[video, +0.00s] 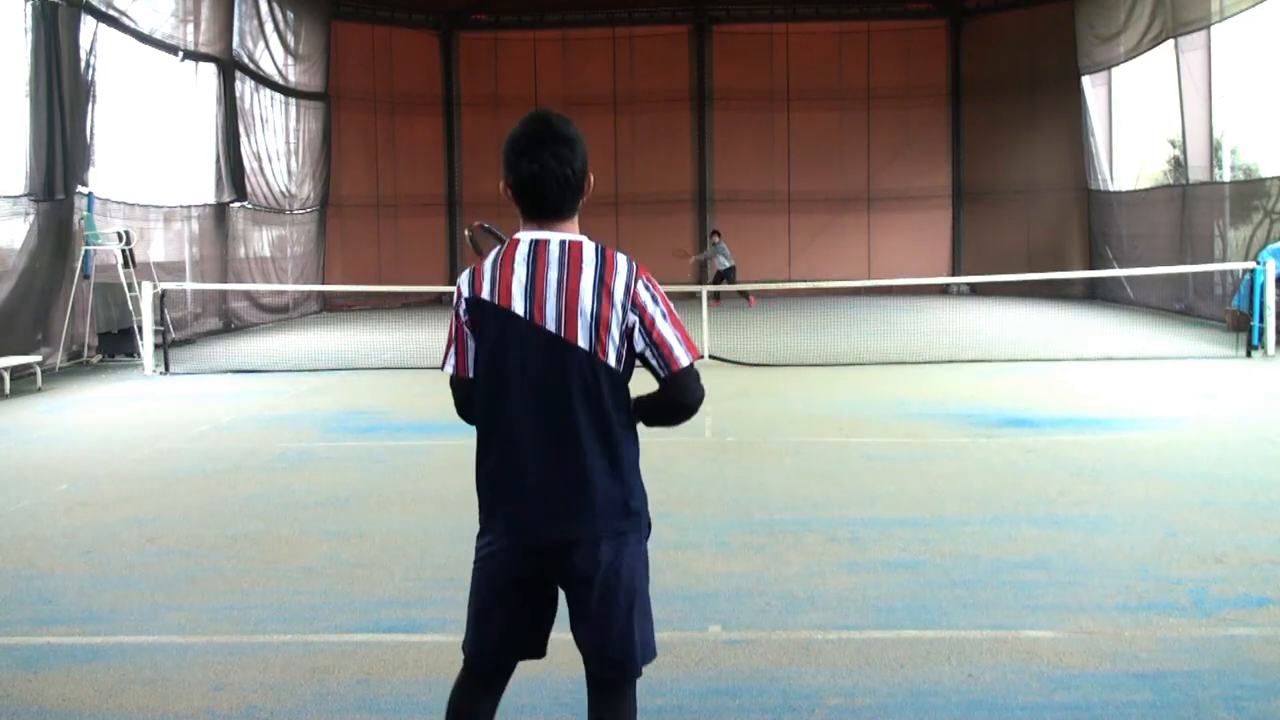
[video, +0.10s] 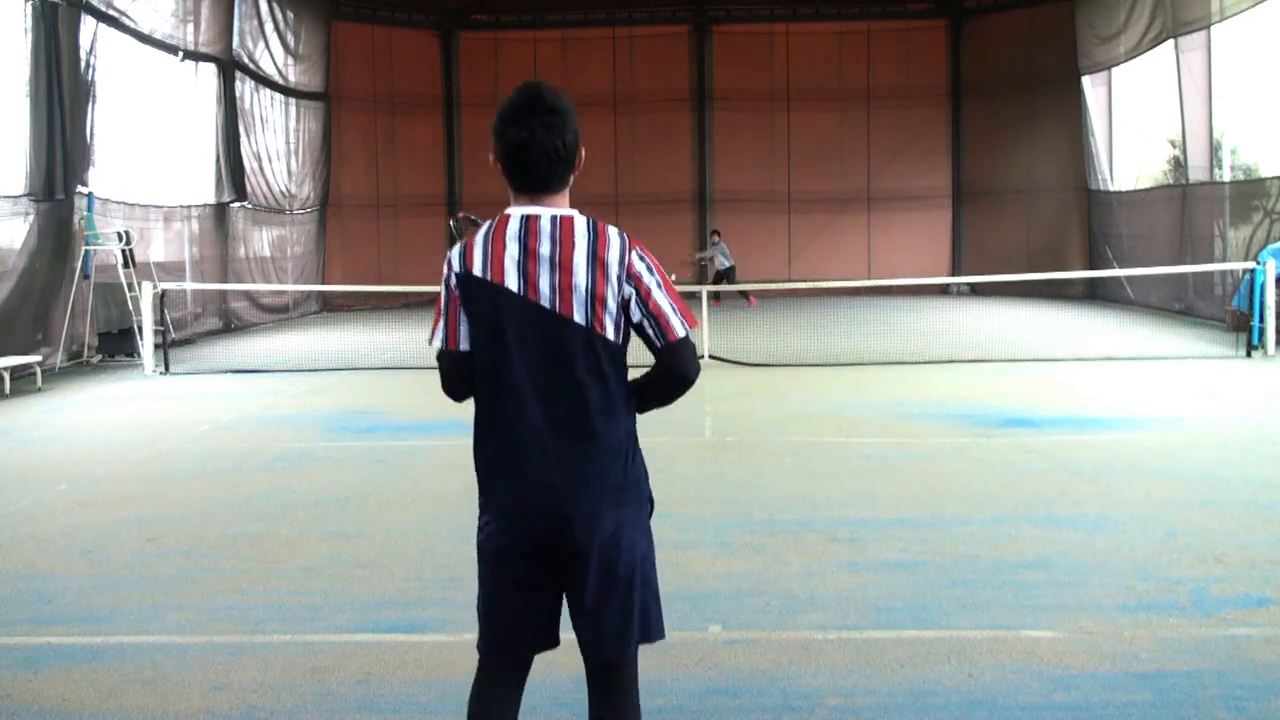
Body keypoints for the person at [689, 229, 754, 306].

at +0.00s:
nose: (714, 239)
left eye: (716, 237)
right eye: (713, 237)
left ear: (719, 237)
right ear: (711, 238)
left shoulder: (720, 246)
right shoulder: (714, 247)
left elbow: (709, 255)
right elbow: (708, 255)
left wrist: (696, 257)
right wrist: (696, 257)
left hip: (729, 267)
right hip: (721, 269)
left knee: (732, 284)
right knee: (715, 284)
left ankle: (748, 297)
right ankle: (716, 300)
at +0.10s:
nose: (714, 239)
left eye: (715, 236)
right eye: (712, 237)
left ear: (719, 237)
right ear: (711, 238)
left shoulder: (721, 246)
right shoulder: (714, 247)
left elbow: (709, 253)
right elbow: (709, 254)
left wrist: (698, 255)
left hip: (728, 267)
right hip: (720, 269)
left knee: (732, 284)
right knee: (715, 284)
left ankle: (748, 298)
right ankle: (717, 300)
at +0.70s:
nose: (730, 231)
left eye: (731, 229)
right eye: (728, 229)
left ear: (734, 229)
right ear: (726, 231)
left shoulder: (739, 243)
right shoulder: (728, 239)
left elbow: (745, 244)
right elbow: (736, 234)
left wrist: (749, 238)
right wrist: (746, 232)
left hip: (735, 264)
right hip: (726, 261)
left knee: (738, 283)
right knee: (719, 281)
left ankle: (739, 301)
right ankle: (713, 297)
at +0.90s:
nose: (736, 231)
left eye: (737, 229)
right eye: (734, 229)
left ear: (739, 230)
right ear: (731, 230)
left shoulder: (739, 240)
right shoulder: (733, 237)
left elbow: (742, 246)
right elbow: (739, 240)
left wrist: (747, 245)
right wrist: (749, 241)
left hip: (735, 264)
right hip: (727, 261)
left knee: (738, 283)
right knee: (720, 281)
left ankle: (738, 300)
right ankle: (713, 296)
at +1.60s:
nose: (721, 229)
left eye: (722, 227)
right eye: (719, 227)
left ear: (725, 228)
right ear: (716, 228)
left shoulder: (728, 239)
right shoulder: (712, 238)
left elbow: (729, 250)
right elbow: (709, 249)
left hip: (723, 261)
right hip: (713, 260)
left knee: (722, 281)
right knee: (711, 281)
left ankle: (719, 300)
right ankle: (710, 299)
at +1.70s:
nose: (719, 232)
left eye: (721, 229)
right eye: (717, 229)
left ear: (723, 231)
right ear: (715, 231)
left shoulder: (727, 241)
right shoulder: (710, 241)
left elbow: (731, 252)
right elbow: (707, 252)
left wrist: (726, 254)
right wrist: (713, 256)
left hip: (722, 264)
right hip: (711, 263)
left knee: (721, 283)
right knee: (708, 281)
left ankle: (718, 300)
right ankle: (705, 299)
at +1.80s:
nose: (716, 230)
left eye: (718, 228)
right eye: (715, 228)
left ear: (721, 229)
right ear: (712, 229)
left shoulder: (725, 239)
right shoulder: (708, 239)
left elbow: (729, 251)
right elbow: (704, 250)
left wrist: (721, 253)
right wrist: (710, 255)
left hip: (720, 263)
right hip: (710, 262)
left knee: (721, 282)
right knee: (703, 279)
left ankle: (718, 301)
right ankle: (698, 296)